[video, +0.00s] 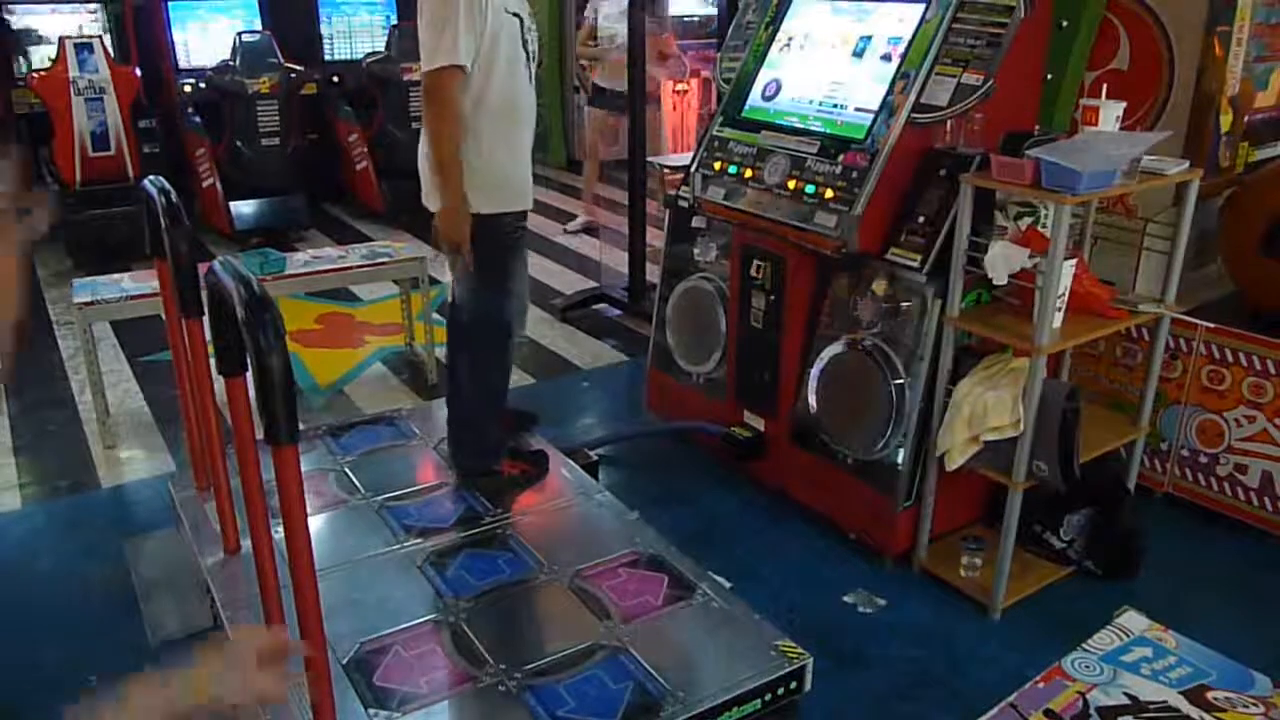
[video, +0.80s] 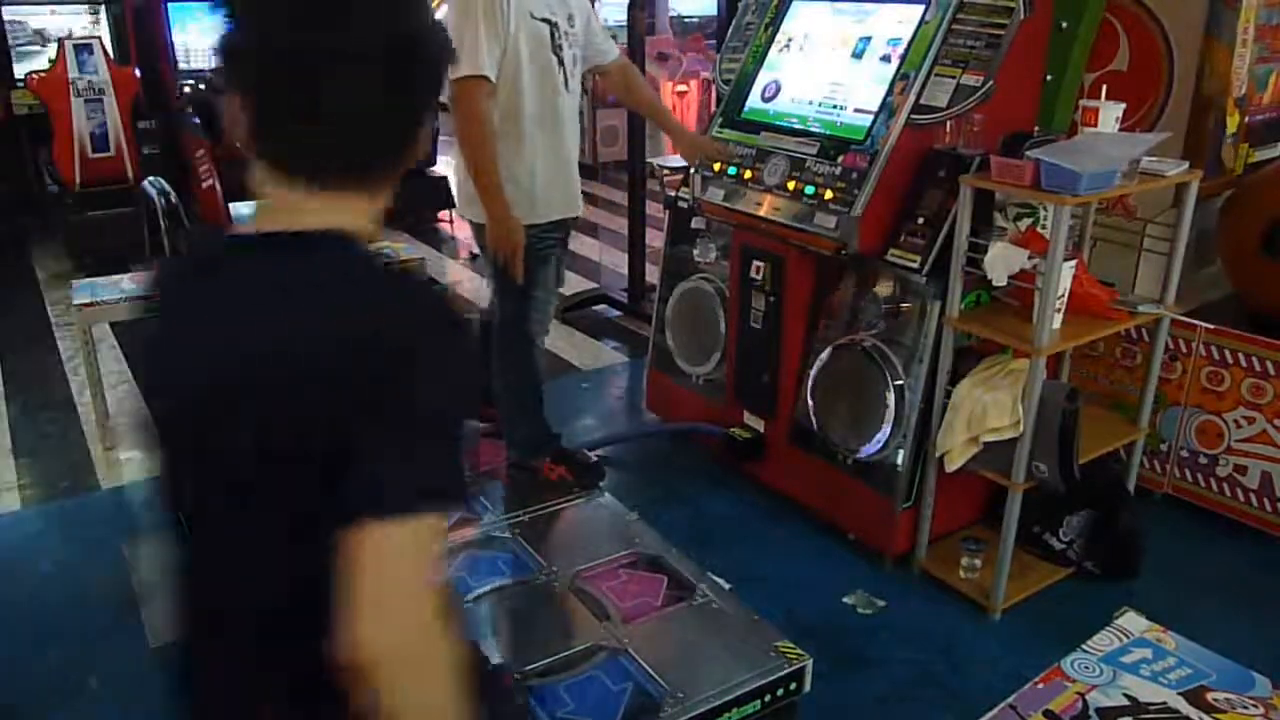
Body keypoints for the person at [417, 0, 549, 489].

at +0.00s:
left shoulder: (509, 7)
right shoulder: (453, 4)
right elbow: (440, 88)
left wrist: (509, 187)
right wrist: (452, 201)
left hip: (503, 193)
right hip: (478, 199)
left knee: (496, 320)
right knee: (482, 329)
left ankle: (488, 418)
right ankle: (477, 463)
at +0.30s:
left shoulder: (534, 8)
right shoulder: (465, 4)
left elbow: (547, 92)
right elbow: (449, 93)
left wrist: (581, 163)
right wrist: (463, 197)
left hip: (501, 185)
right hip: (474, 191)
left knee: (468, 314)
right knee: (501, 324)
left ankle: (468, 425)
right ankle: (519, 456)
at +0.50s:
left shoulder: (550, 8)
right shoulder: (473, 5)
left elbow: (590, 82)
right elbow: (461, 98)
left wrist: (648, 137)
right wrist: (481, 203)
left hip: (524, 190)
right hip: (489, 195)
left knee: (485, 310)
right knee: (512, 327)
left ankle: (470, 412)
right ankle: (531, 452)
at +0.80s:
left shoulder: (574, 5)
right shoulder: (482, 4)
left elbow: (616, 68)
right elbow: (469, 98)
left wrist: (681, 134)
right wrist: (497, 212)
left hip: (553, 195)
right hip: (507, 202)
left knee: (523, 325)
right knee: (521, 333)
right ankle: (531, 454)